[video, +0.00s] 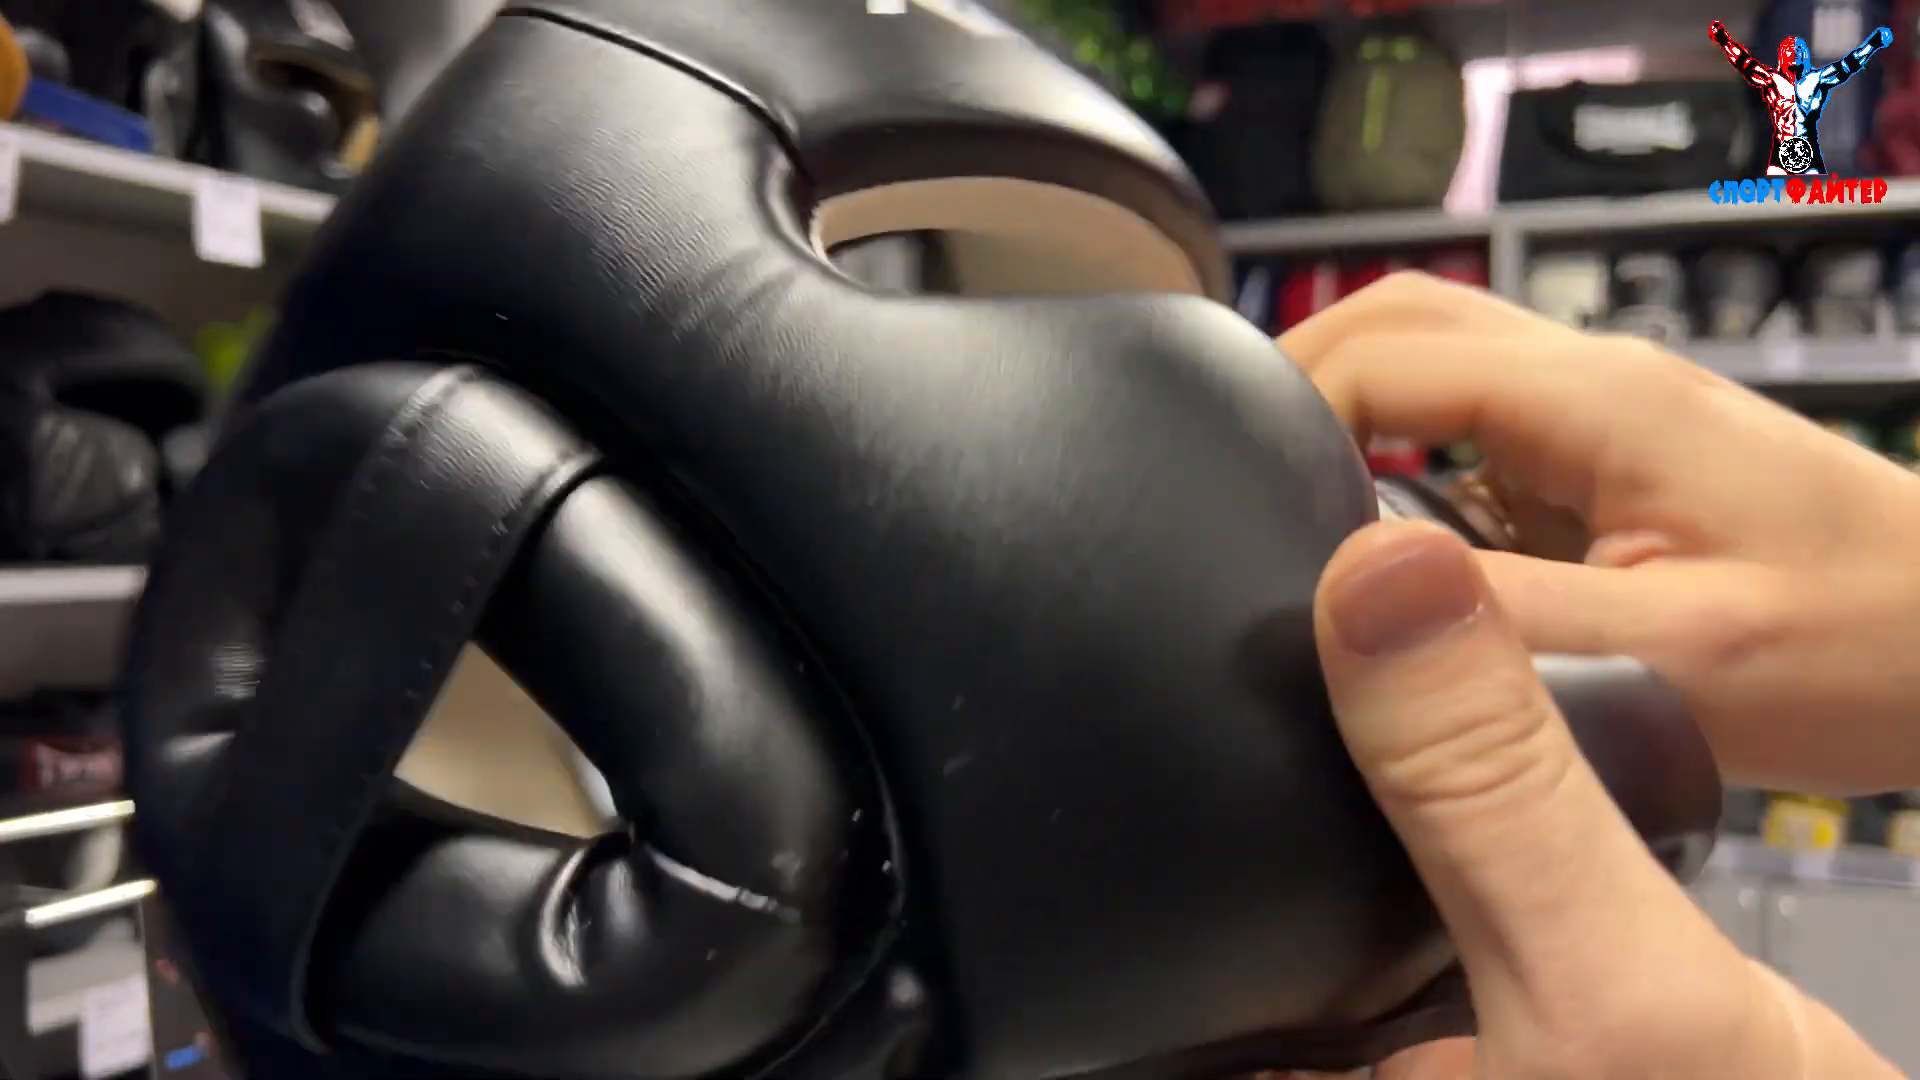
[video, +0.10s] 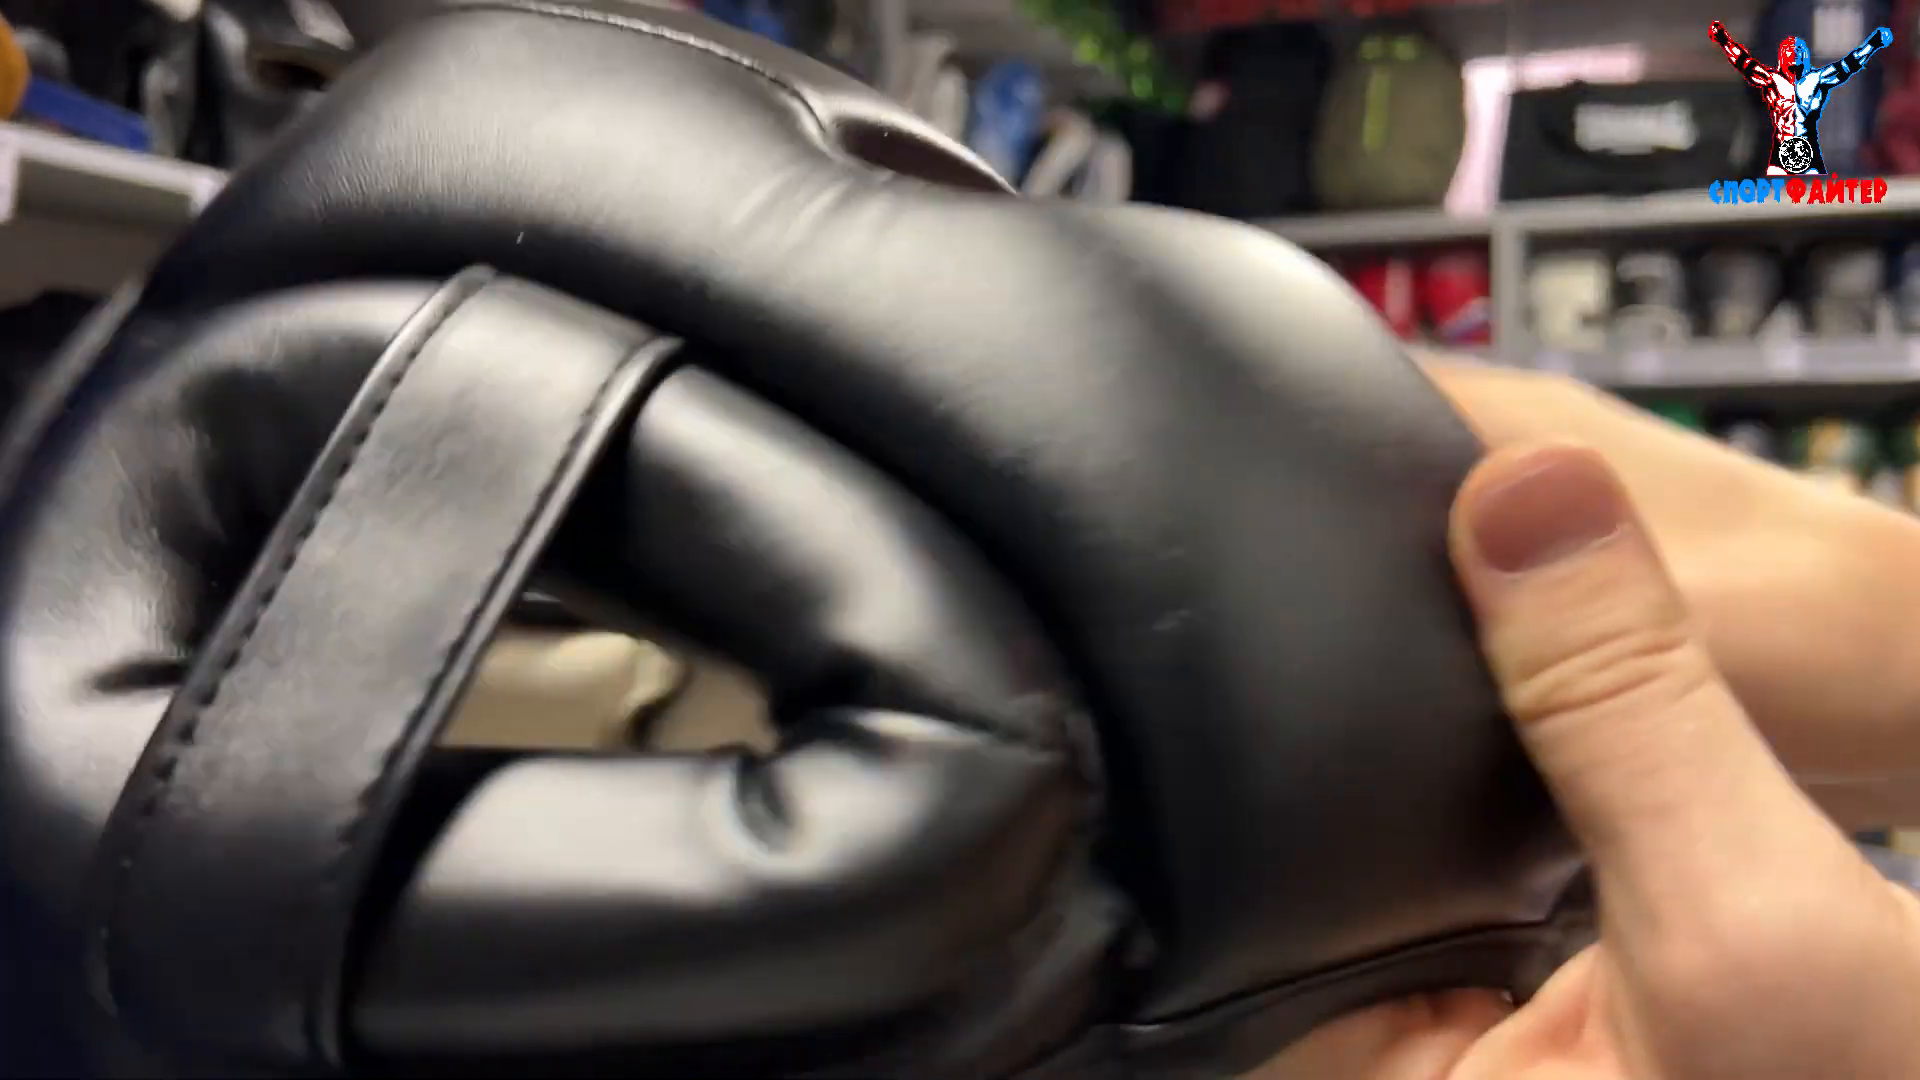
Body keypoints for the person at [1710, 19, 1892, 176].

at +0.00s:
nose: (1793, 59)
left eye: (1797, 53)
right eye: (1788, 54)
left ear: (1806, 56)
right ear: (1780, 57)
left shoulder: (1818, 79)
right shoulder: (1770, 80)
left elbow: (1848, 64)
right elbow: (1745, 63)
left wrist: (1874, 42)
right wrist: (1723, 39)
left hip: (1810, 153)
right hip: (1779, 153)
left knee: (1818, 203)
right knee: (1773, 203)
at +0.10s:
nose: (1791, 61)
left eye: (1795, 55)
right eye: (1787, 56)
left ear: (1805, 58)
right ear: (1780, 58)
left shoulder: (1818, 78)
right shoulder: (1771, 81)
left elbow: (1848, 64)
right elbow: (1746, 63)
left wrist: (1874, 42)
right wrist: (1724, 40)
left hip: (1810, 153)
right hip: (1779, 153)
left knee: (1818, 202)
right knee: (1772, 201)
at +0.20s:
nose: (1791, 60)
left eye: (1796, 55)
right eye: (1787, 55)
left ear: (1805, 57)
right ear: (1779, 58)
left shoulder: (1818, 78)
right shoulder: (1770, 80)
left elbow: (1848, 64)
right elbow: (1745, 63)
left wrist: (1873, 42)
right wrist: (1723, 39)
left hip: (1810, 153)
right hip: (1779, 153)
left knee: (1818, 202)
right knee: (1772, 202)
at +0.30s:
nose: (1793, 61)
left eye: (1797, 56)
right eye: (1788, 56)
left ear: (1806, 57)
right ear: (1780, 59)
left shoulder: (1818, 78)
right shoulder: (1770, 80)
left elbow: (1848, 64)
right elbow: (1745, 63)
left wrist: (1873, 43)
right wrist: (1723, 39)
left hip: (1810, 155)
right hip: (1779, 155)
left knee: (1820, 203)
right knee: (1773, 204)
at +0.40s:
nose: (1792, 60)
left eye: (1796, 55)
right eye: (1787, 55)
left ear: (1805, 57)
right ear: (1780, 58)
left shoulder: (1818, 78)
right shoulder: (1771, 79)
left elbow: (1848, 64)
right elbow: (1745, 63)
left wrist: (1873, 43)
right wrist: (1723, 39)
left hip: (1810, 153)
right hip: (1779, 153)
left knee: (1819, 202)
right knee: (1773, 202)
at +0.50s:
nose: (1792, 60)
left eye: (1796, 55)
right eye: (1787, 55)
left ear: (1805, 57)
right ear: (1780, 58)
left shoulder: (1818, 78)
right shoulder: (1771, 79)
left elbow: (1848, 64)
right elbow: (1745, 63)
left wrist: (1873, 43)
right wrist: (1723, 39)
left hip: (1810, 152)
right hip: (1780, 152)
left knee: (1818, 201)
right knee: (1773, 201)